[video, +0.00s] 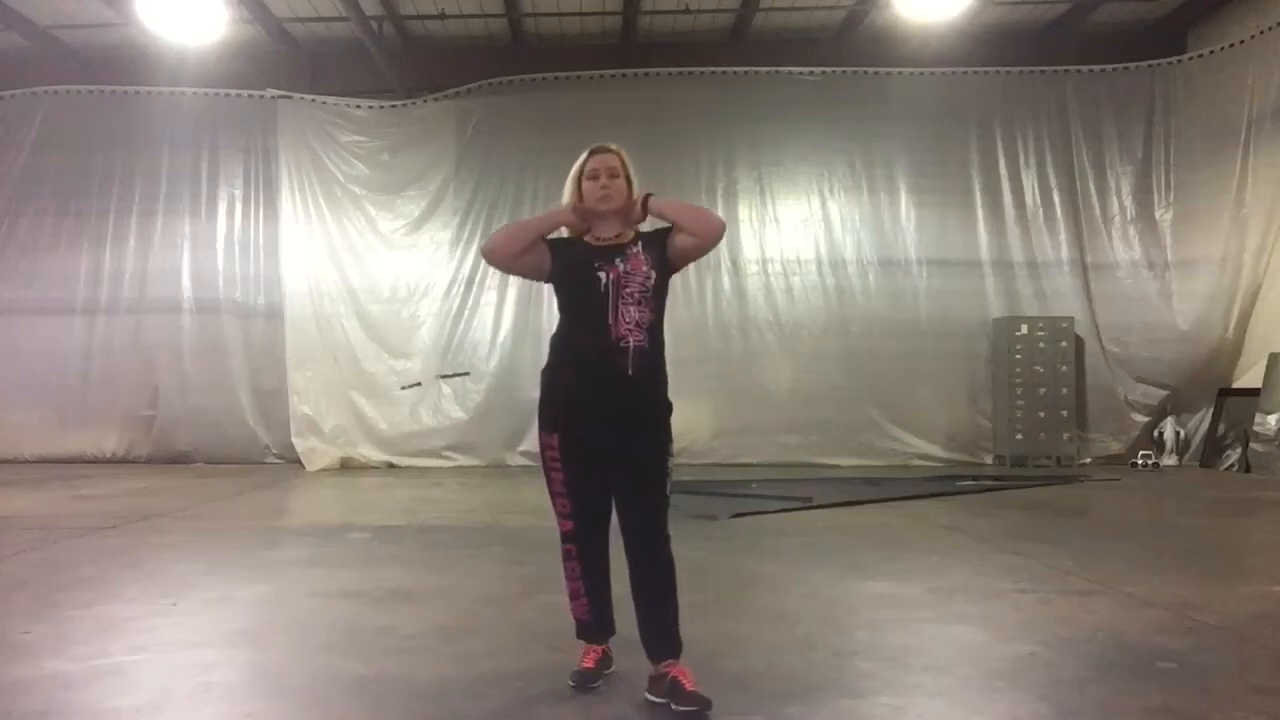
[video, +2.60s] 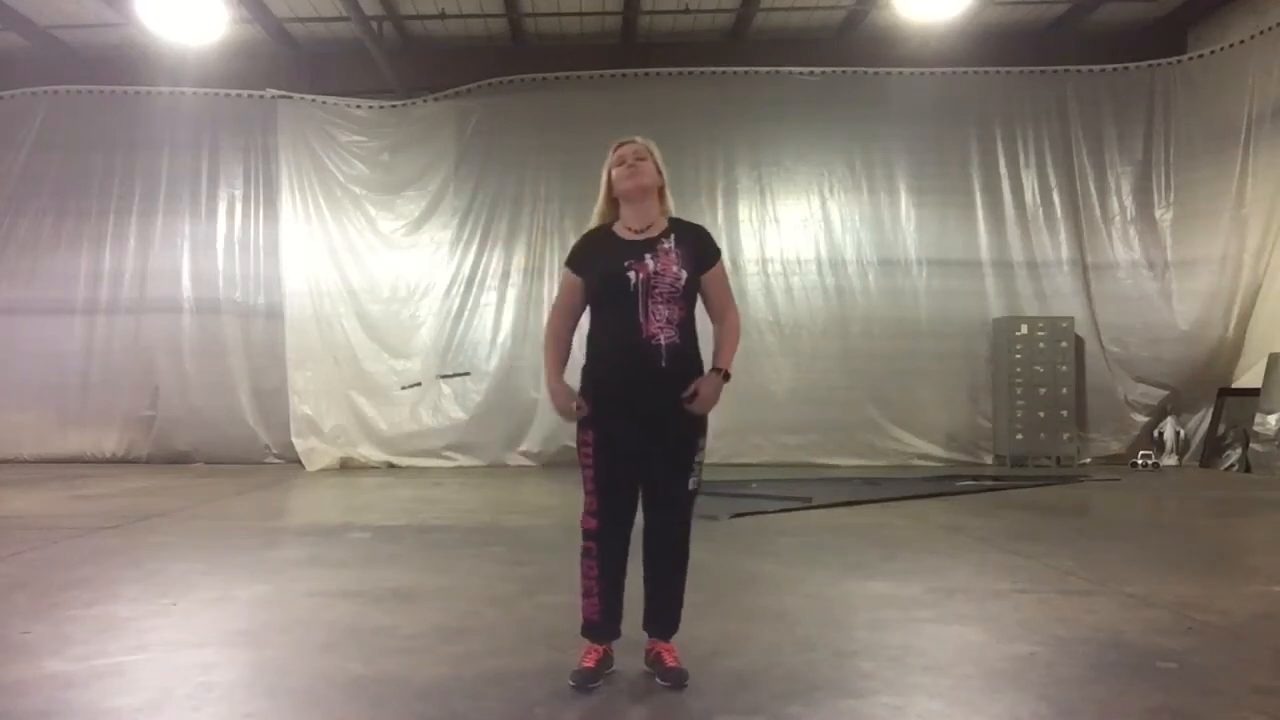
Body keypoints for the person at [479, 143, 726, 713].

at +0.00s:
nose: (603, 183)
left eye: (613, 175)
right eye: (592, 176)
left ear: (631, 190)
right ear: (577, 191)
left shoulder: (657, 252)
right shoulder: (561, 257)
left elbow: (711, 228)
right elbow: (494, 250)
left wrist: (651, 203)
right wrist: (560, 216)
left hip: (641, 414)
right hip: (571, 416)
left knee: (650, 538)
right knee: (582, 536)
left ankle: (666, 662)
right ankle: (594, 646)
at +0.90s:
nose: (597, 173)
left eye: (607, 166)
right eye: (587, 168)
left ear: (626, 185)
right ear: (575, 188)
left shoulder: (653, 242)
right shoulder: (556, 245)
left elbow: (717, 192)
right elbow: (489, 192)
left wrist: (679, 161)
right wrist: (522, 156)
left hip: (635, 412)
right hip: (565, 413)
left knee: (646, 538)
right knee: (579, 537)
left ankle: (665, 663)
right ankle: (593, 645)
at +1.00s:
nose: (596, 174)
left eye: (605, 168)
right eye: (585, 170)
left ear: (622, 186)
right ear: (573, 190)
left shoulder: (654, 244)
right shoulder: (555, 244)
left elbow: (731, 234)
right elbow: (476, 221)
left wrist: (742, 173)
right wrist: (459, 156)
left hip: (637, 411)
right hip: (567, 413)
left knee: (647, 538)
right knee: (579, 536)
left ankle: (665, 664)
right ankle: (594, 646)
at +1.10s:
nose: (599, 169)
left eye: (608, 167)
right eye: (587, 169)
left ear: (625, 189)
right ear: (573, 195)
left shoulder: (653, 247)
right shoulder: (556, 252)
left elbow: (721, 288)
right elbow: (478, 279)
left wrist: (779, 247)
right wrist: (424, 222)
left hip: (637, 413)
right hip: (568, 415)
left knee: (646, 537)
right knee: (579, 536)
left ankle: (665, 665)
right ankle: (593, 646)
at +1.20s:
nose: (596, 169)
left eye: (606, 166)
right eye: (586, 168)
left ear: (624, 186)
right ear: (573, 192)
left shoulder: (654, 248)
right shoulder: (559, 256)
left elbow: (700, 320)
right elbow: (507, 321)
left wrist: (749, 343)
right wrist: (445, 326)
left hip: (638, 413)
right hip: (569, 416)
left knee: (645, 536)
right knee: (579, 536)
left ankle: (665, 665)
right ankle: (593, 646)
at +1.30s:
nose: (595, 166)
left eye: (604, 162)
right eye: (583, 166)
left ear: (623, 184)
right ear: (571, 193)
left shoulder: (655, 246)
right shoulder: (559, 257)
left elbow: (681, 328)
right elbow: (526, 338)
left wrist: (703, 397)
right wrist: (473, 391)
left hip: (638, 415)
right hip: (568, 419)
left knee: (645, 537)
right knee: (578, 537)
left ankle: (664, 665)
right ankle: (592, 646)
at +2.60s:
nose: (630, 162)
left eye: (640, 156)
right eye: (619, 161)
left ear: (662, 175)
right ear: (608, 186)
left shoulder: (692, 240)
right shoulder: (592, 247)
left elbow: (725, 315)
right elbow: (561, 319)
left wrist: (718, 374)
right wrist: (555, 384)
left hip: (677, 407)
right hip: (607, 406)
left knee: (670, 527)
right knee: (604, 526)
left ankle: (662, 642)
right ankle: (598, 643)